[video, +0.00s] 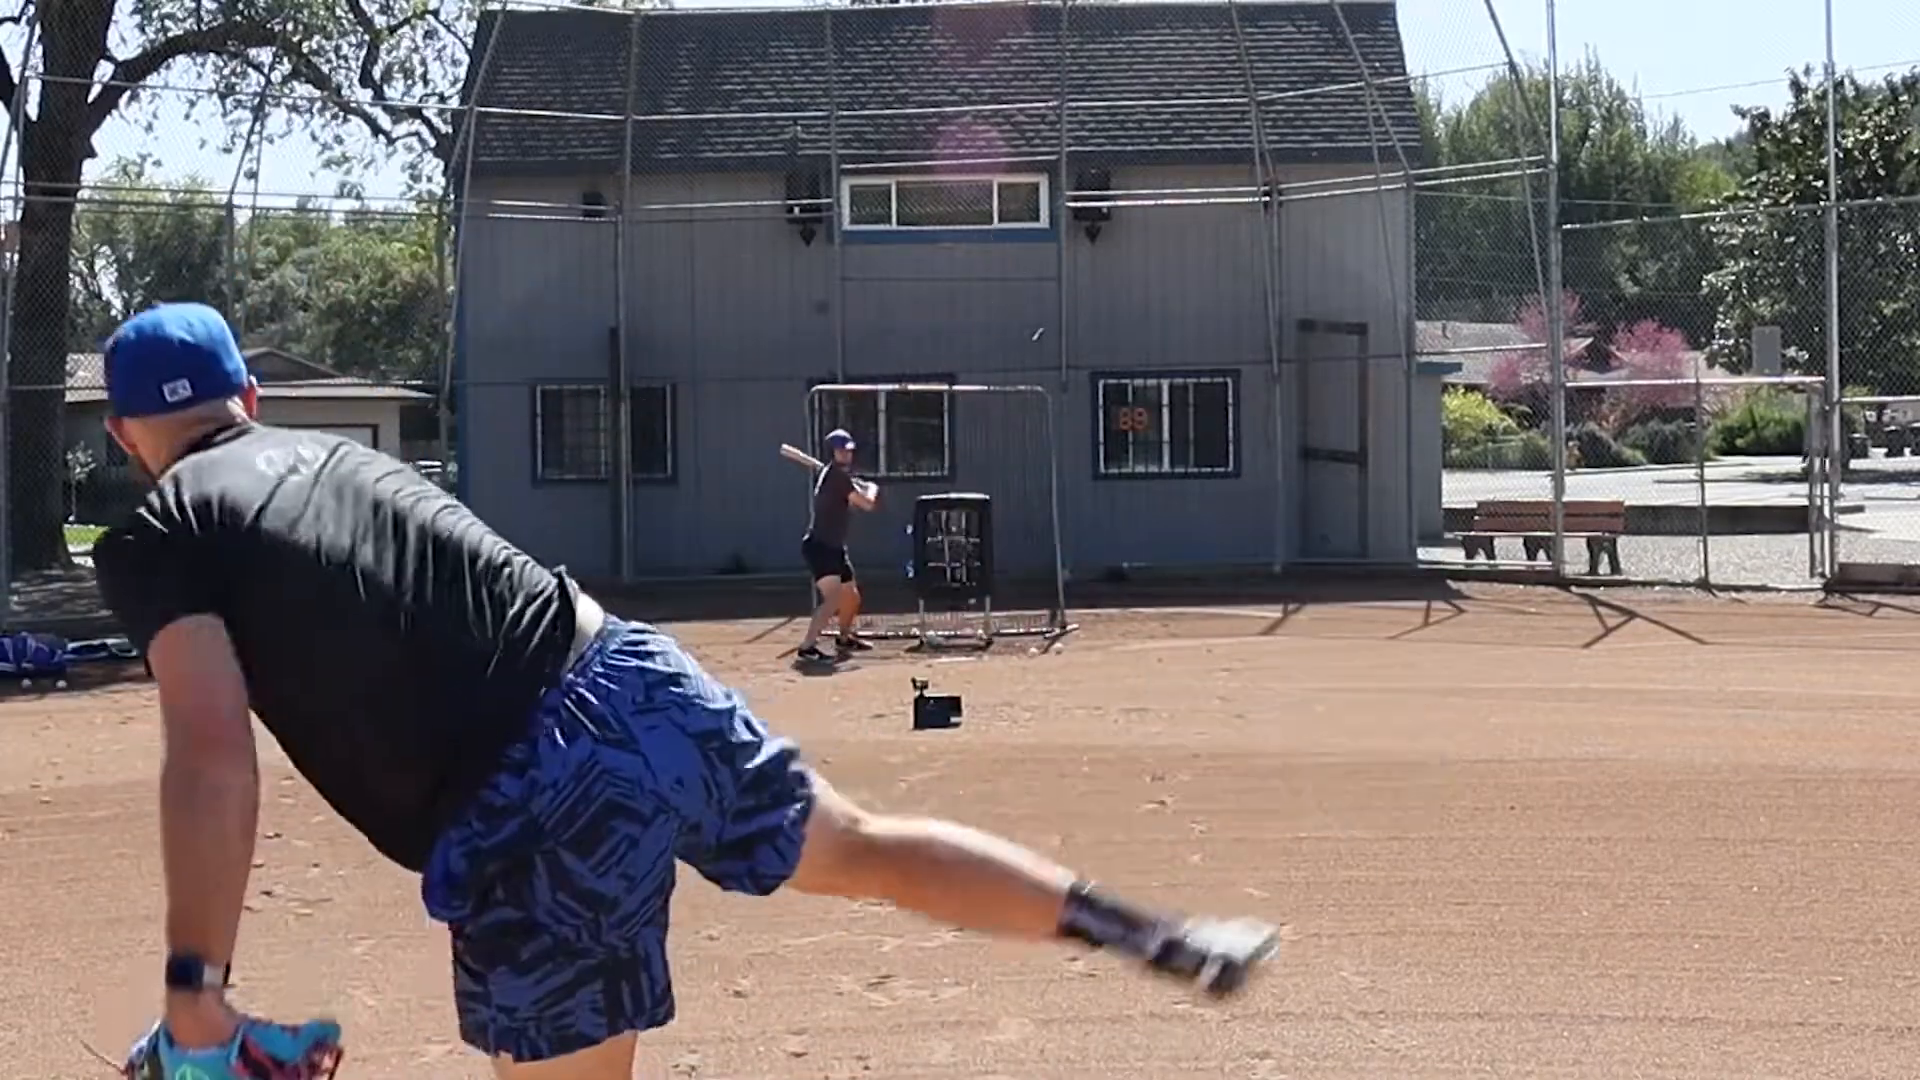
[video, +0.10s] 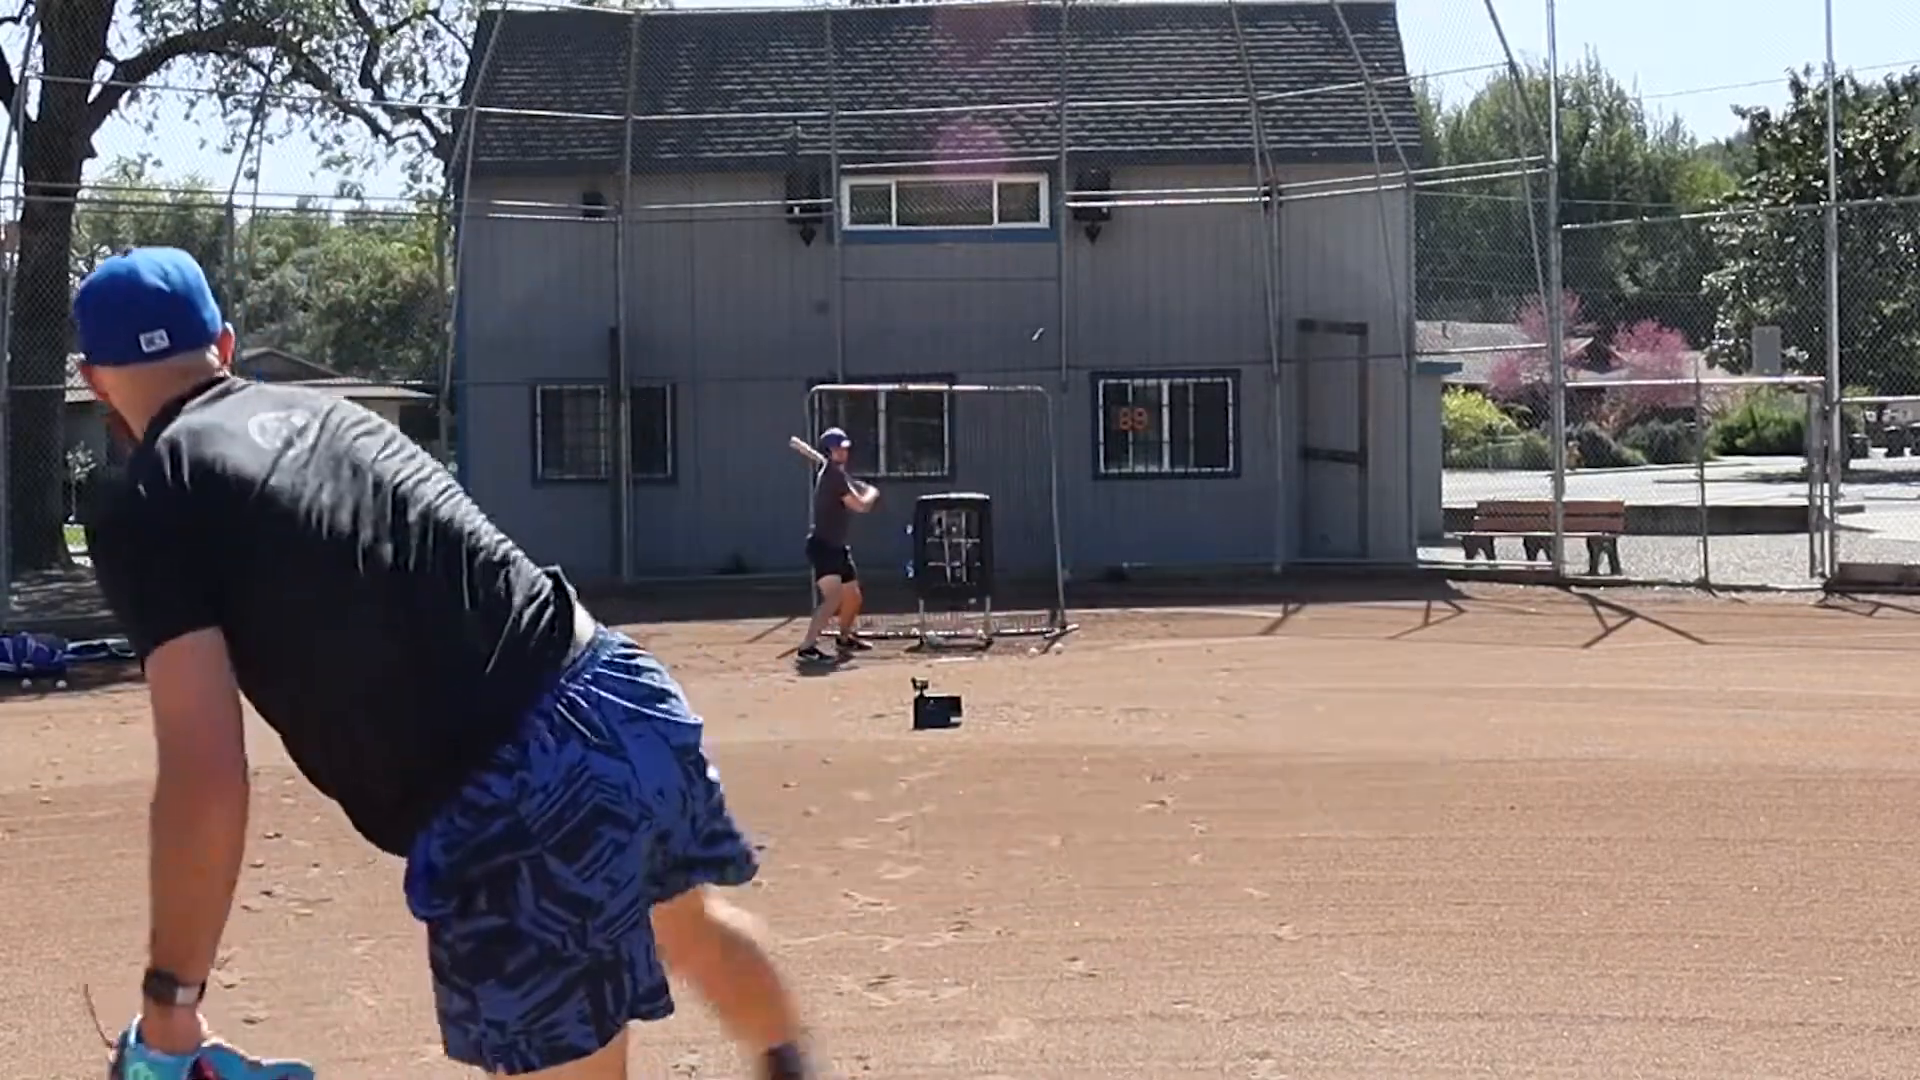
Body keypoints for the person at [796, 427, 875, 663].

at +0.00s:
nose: (847, 455)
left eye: (849, 450)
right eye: (842, 451)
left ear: (852, 452)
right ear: (833, 452)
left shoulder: (833, 473)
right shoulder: (837, 476)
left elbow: (850, 497)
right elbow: (866, 504)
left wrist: (861, 491)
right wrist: (872, 492)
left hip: (834, 544)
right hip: (819, 544)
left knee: (851, 597)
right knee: (833, 596)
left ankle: (845, 637)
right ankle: (808, 645)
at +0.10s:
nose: (844, 453)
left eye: (845, 448)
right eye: (840, 449)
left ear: (845, 449)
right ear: (830, 451)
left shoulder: (831, 469)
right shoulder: (834, 475)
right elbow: (860, 505)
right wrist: (871, 493)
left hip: (837, 544)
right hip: (822, 544)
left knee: (852, 597)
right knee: (834, 596)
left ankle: (845, 636)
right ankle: (808, 645)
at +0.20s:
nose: (844, 453)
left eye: (845, 448)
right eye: (839, 449)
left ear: (845, 450)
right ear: (829, 451)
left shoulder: (836, 472)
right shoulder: (832, 475)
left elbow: (850, 497)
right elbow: (854, 510)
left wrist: (857, 493)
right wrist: (870, 497)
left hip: (839, 545)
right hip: (824, 544)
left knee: (853, 597)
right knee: (833, 596)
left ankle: (845, 636)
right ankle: (808, 645)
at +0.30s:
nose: (844, 453)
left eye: (845, 448)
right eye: (840, 449)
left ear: (845, 449)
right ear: (829, 451)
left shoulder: (841, 473)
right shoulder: (831, 476)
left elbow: (852, 500)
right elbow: (850, 513)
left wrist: (861, 499)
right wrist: (867, 504)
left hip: (839, 544)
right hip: (823, 544)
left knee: (853, 597)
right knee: (833, 596)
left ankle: (844, 636)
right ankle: (808, 645)